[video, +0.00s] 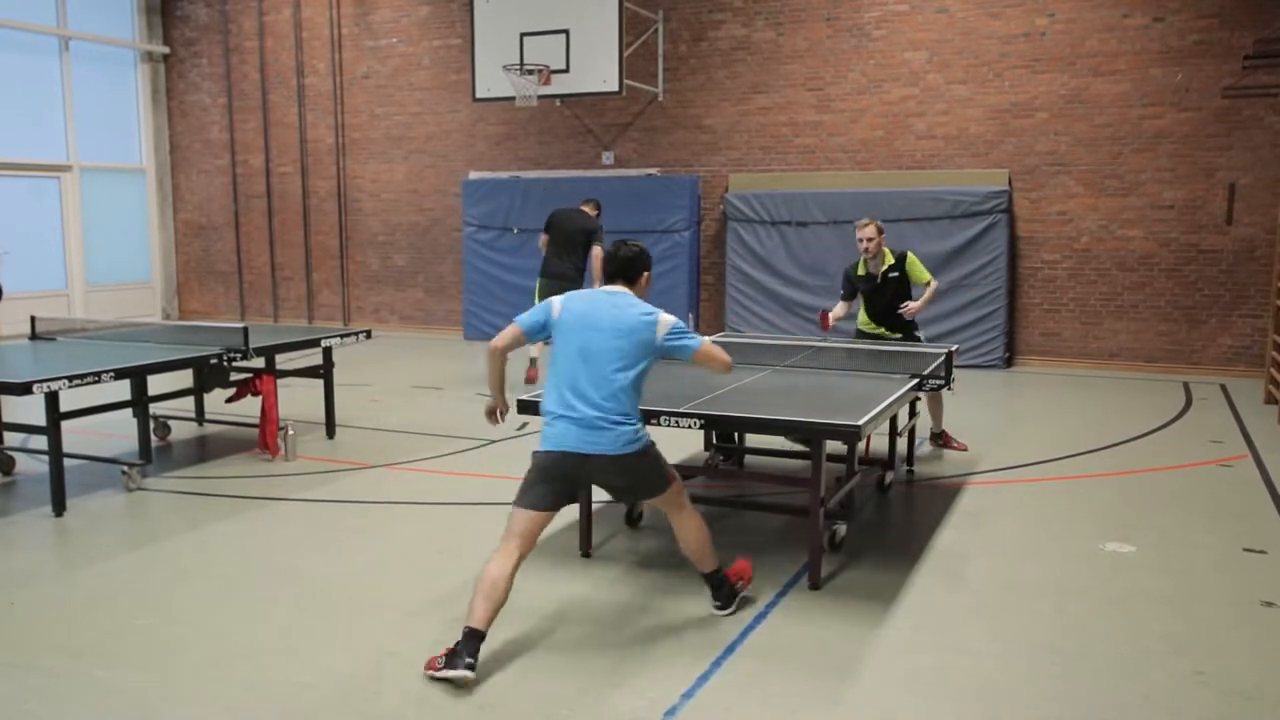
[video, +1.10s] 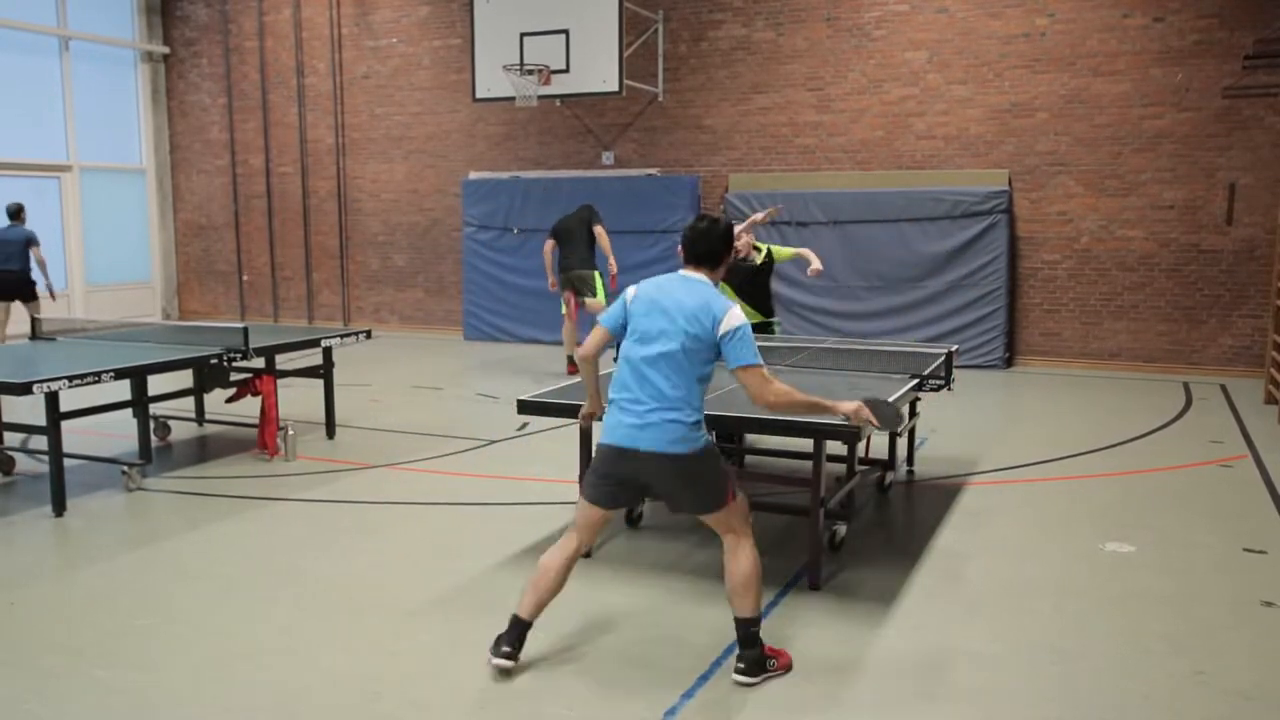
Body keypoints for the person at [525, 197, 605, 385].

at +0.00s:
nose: (596, 219)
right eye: (597, 217)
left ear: (581, 206)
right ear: (595, 212)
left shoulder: (557, 214)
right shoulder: (594, 225)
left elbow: (543, 241)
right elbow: (596, 254)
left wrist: (551, 257)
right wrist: (597, 282)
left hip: (547, 276)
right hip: (573, 281)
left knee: (538, 321)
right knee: (568, 324)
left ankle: (533, 361)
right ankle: (565, 366)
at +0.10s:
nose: (601, 219)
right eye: (602, 217)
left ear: (586, 205)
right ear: (600, 212)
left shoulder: (563, 214)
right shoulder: (599, 224)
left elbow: (545, 241)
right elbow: (602, 251)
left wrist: (546, 264)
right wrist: (603, 281)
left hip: (551, 273)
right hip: (577, 278)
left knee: (542, 314)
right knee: (579, 324)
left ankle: (534, 363)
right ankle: (580, 369)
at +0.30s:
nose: (605, 218)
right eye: (607, 215)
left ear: (590, 206)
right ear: (605, 211)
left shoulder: (568, 214)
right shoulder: (605, 222)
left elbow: (550, 238)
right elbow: (610, 249)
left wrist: (536, 263)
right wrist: (614, 278)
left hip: (558, 273)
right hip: (583, 278)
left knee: (542, 311)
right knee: (582, 326)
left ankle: (549, 314)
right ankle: (580, 369)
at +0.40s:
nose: (606, 216)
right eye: (607, 214)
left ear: (590, 205)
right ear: (605, 211)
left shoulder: (570, 214)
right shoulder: (607, 221)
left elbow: (552, 238)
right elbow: (614, 247)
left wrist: (537, 261)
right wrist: (619, 276)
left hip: (561, 274)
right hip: (586, 278)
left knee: (546, 316)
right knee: (583, 325)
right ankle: (581, 370)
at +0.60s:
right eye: (600, 211)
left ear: (586, 208)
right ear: (602, 212)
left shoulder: (570, 215)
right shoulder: (606, 222)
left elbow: (555, 238)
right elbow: (616, 247)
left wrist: (543, 264)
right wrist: (624, 274)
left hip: (563, 275)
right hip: (588, 278)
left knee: (556, 317)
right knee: (584, 324)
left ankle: (546, 359)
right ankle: (581, 370)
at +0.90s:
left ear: (578, 216)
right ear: (593, 216)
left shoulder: (562, 225)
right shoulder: (594, 221)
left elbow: (547, 249)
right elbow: (604, 240)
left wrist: (546, 278)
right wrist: (615, 264)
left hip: (564, 277)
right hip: (586, 275)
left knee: (569, 319)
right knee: (588, 318)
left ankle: (570, 361)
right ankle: (585, 355)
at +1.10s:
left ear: (574, 212)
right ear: (589, 210)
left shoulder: (559, 223)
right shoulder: (589, 212)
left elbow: (547, 249)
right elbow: (599, 232)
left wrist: (550, 276)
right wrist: (610, 257)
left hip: (565, 271)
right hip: (587, 269)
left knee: (569, 317)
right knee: (600, 307)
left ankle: (570, 359)